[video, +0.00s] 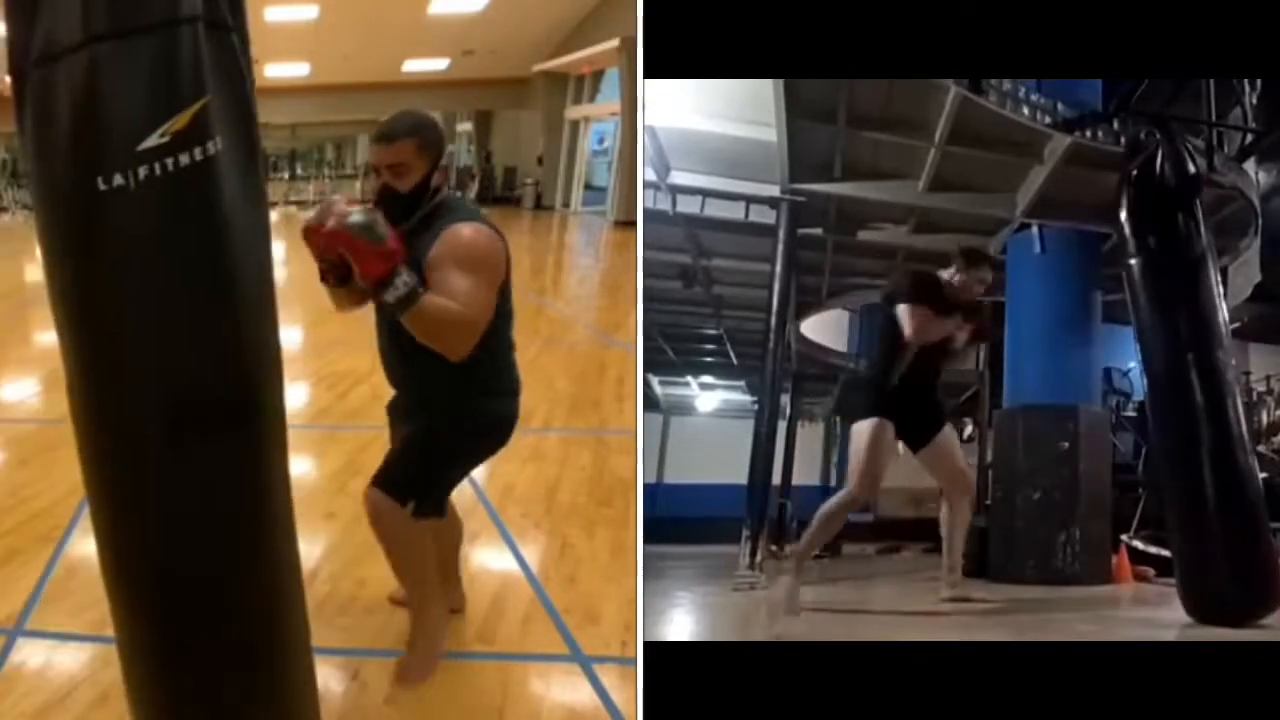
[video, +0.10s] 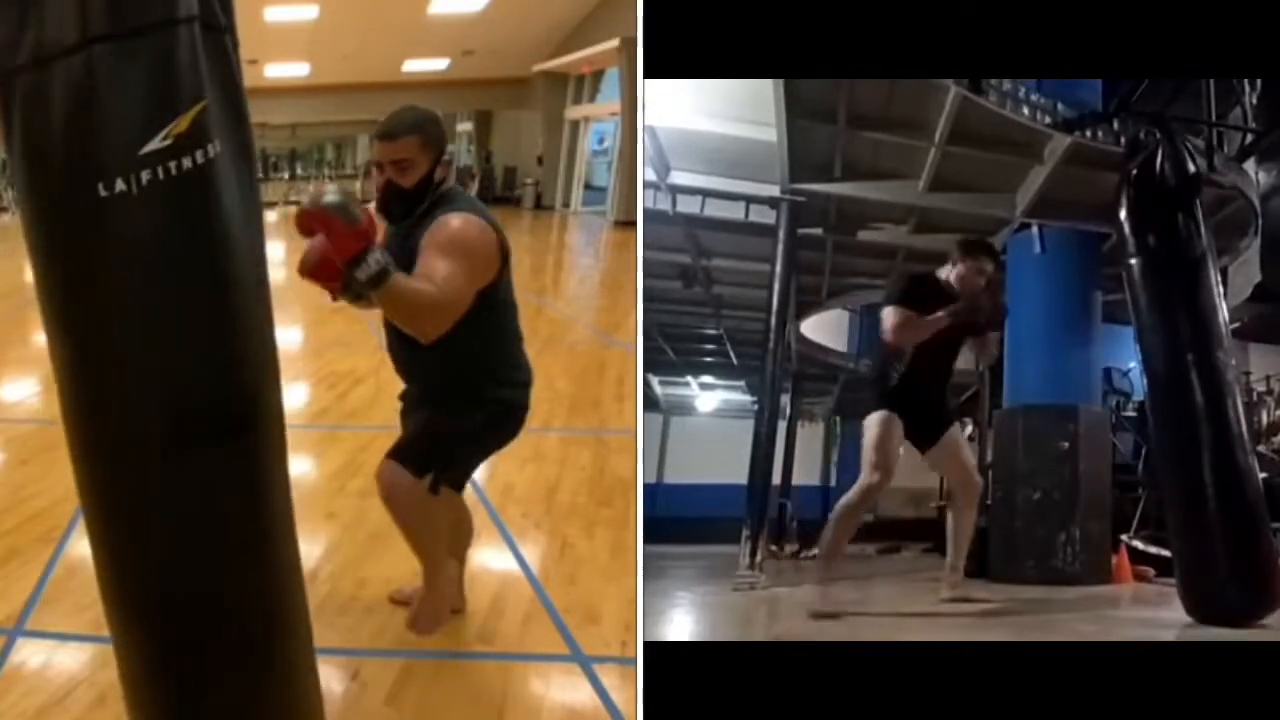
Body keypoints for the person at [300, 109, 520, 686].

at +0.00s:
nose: (385, 185)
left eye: (399, 172)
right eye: (379, 172)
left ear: (436, 168)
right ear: (375, 165)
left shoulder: (467, 238)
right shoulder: (393, 218)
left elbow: (458, 337)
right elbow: (350, 299)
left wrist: (389, 277)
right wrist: (334, 257)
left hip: (469, 408)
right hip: (419, 393)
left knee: (387, 500)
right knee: (429, 499)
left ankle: (429, 620)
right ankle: (445, 590)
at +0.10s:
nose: (388, 180)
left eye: (402, 166)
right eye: (380, 167)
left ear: (438, 164)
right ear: (375, 163)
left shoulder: (462, 229)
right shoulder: (401, 215)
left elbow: (429, 319)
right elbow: (392, 291)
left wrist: (367, 266)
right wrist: (346, 266)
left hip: (482, 394)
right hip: (435, 384)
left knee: (399, 479)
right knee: (439, 489)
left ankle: (440, 583)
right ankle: (448, 585)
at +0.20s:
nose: (391, 179)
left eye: (406, 167)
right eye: (384, 166)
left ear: (441, 163)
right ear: (378, 161)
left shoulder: (462, 225)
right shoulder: (402, 213)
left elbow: (410, 289)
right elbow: (399, 285)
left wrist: (358, 215)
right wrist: (352, 294)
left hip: (490, 394)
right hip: (440, 386)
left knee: (418, 489)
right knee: (448, 492)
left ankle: (453, 601)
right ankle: (447, 582)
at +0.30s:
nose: (413, 178)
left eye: (428, 165)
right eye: (404, 166)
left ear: (459, 161)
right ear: (395, 162)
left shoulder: (474, 223)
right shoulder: (409, 216)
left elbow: (419, 272)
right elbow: (376, 286)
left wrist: (366, 190)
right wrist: (324, 326)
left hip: (495, 403)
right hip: (437, 396)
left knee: (437, 525)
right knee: (447, 501)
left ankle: (453, 668)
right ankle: (444, 585)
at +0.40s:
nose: (435, 175)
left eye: (452, 165)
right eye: (426, 161)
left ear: (482, 168)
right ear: (415, 161)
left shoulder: (491, 231)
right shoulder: (412, 230)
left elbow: (497, 282)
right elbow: (358, 281)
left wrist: (395, 232)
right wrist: (298, 327)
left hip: (484, 428)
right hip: (425, 414)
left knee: (444, 570)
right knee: (440, 510)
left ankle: (433, 710)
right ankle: (444, 588)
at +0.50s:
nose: (460, 178)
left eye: (479, 168)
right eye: (451, 163)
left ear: (506, 178)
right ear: (437, 165)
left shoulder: (524, 261)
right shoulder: (405, 242)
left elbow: (603, 344)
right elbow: (329, 263)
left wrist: (517, 369)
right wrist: (364, 215)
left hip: (468, 454)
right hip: (401, 435)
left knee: (417, 605)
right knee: (425, 525)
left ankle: (410, 712)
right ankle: (445, 603)